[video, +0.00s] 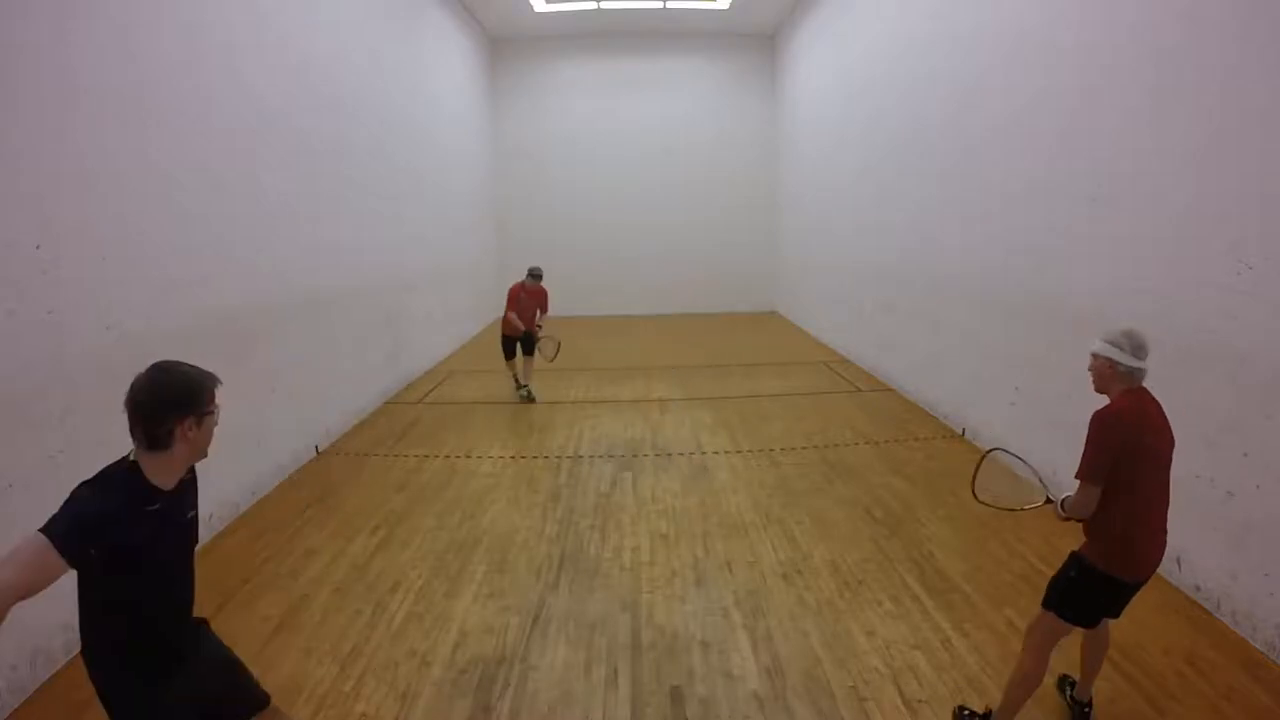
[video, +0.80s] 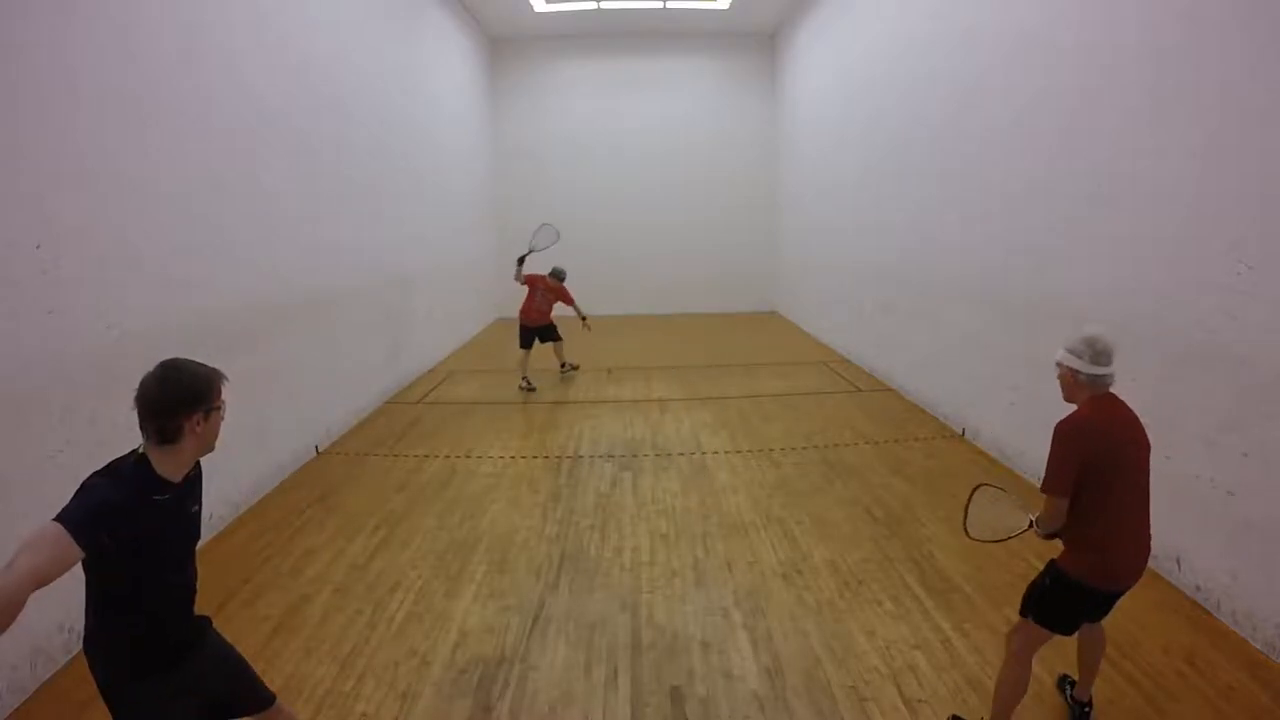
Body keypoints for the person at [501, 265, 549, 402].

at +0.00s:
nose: (534, 283)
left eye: (538, 280)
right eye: (532, 280)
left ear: (540, 281)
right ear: (527, 277)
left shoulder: (542, 293)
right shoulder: (515, 290)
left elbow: (544, 312)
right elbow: (510, 313)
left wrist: (539, 325)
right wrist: (523, 329)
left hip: (528, 330)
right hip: (510, 329)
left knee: (529, 357)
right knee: (510, 358)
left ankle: (526, 386)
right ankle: (515, 377)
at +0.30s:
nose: (543, 291)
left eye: (545, 288)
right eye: (542, 287)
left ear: (546, 287)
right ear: (536, 283)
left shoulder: (546, 295)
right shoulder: (520, 291)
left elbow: (548, 316)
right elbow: (512, 313)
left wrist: (550, 336)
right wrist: (511, 333)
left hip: (532, 333)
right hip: (516, 332)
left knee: (530, 358)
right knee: (518, 358)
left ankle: (528, 386)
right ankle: (521, 380)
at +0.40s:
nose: (546, 291)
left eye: (547, 289)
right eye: (545, 288)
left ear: (548, 287)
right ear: (538, 284)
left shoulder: (547, 295)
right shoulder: (521, 290)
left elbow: (553, 315)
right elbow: (510, 310)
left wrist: (561, 334)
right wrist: (503, 327)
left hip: (533, 331)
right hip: (516, 331)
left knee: (535, 356)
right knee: (520, 357)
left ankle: (532, 384)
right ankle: (523, 380)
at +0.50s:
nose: (548, 290)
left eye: (550, 288)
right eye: (547, 287)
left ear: (550, 287)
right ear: (541, 283)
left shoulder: (549, 295)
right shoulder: (524, 288)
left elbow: (558, 314)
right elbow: (510, 304)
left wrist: (569, 332)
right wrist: (499, 314)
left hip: (535, 327)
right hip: (517, 327)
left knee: (543, 349)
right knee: (521, 354)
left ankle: (540, 380)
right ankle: (523, 380)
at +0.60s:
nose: (550, 289)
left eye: (552, 287)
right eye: (549, 286)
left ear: (553, 284)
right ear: (543, 280)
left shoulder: (552, 293)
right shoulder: (527, 284)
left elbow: (562, 312)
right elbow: (512, 295)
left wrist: (573, 329)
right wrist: (499, 297)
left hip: (537, 324)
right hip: (519, 324)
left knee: (549, 345)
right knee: (522, 352)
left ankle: (547, 375)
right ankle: (523, 379)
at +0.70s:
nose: (554, 287)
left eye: (556, 285)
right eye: (553, 284)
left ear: (557, 283)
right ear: (547, 279)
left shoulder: (556, 292)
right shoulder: (532, 281)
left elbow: (567, 309)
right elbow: (513, 287)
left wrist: (577, 325)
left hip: (540, 321)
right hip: (523, 322)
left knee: (554, 343)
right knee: (524, 350)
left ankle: (556, 370)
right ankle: (523, 379)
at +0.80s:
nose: (558, 284)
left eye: (560, 282)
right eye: (557, 281)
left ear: (561, 281)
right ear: (551, 276)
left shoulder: (560, 290)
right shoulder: (537, 280)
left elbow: (573, 304)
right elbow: (519, 279)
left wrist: (583, 318)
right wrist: (519, 266)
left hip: (544, 321)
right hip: (527, 322)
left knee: (558, 341)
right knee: (526, 350)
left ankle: (563, 365)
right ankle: (524, 379)